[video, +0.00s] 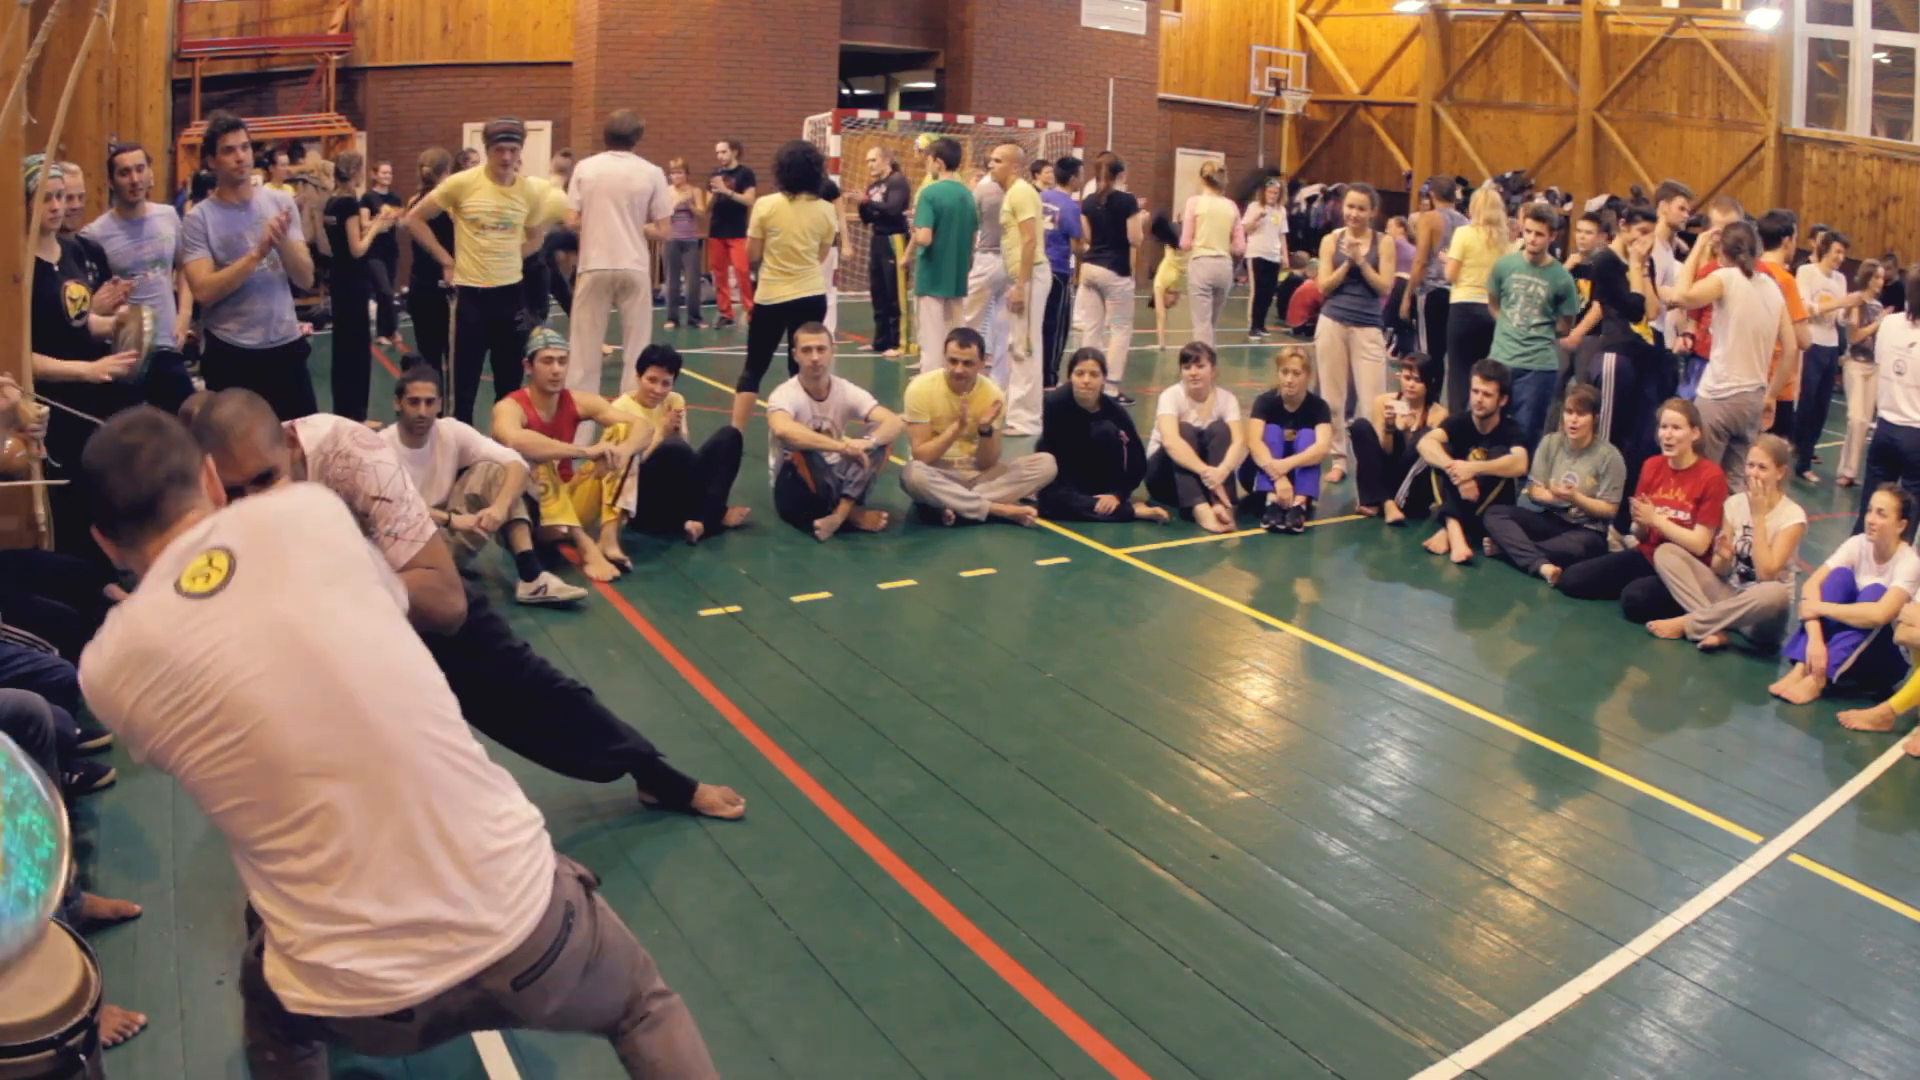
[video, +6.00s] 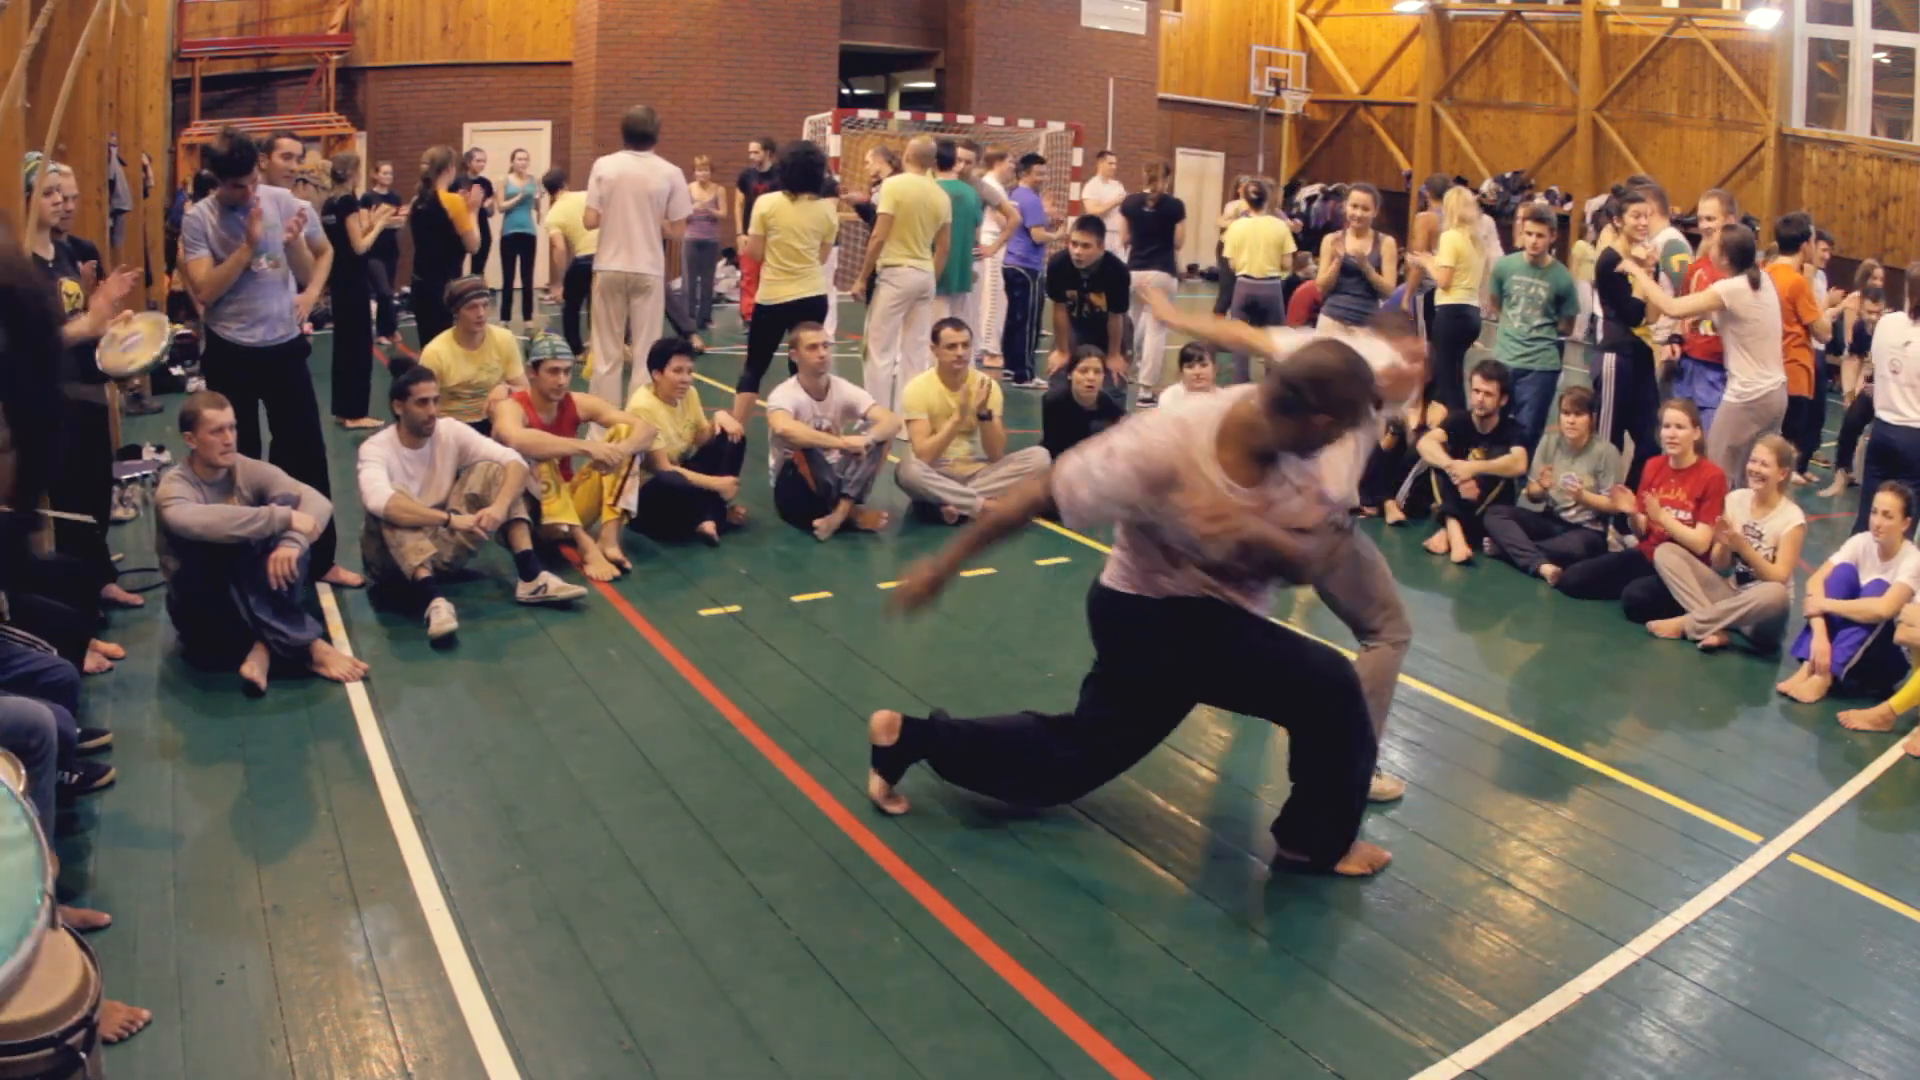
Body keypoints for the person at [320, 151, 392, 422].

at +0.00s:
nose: (366, 175)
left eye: (364, 170)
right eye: (363, 170)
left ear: (341, 172)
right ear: (354, 172)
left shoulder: (331, 203)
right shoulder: (349, 204)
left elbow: (339, 244)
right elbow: (357, 248)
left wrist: (368, 226)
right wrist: (376, 227)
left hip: (339, 278)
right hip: (354, 280)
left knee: (345, 341)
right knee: (357, 343)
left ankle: (344, 411)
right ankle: (355, 414)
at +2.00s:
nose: (372, 176)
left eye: (372, 171)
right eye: (369, 171)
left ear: (347, 172)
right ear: (358, 173)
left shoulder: (335, 203)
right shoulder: (353, 205)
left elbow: (348, 243)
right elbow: (361, 248)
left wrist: (372, 226)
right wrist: (379, 226)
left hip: (342, 278)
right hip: (356, 281)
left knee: (347, 342)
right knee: (358, 344)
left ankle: (347, 412)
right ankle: (352, 415)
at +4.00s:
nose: (366, 176)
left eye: (365, 171)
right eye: (365, 171)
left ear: (338, 172)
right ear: (356, 174)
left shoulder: (330, 205)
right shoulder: (349, 206)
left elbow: (344, 245)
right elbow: (355, 250)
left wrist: (372, 227)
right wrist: (380, 229)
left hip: (339, 279)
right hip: (352, 282)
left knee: (348, 344)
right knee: (358, 346)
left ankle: (347, 412)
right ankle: (354, 416)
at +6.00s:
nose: (364, 176)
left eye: (362, 170)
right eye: (362, 170)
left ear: (337, 172)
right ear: (353, 173)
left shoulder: (330, 203)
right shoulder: (348, 202)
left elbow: (349, 241)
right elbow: (360, 245)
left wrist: (368, 224)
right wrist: (378, 225)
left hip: (339, 279)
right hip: (354, 282)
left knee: (345, 341)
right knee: (359, 343)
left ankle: (343, 409)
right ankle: (354, 413)